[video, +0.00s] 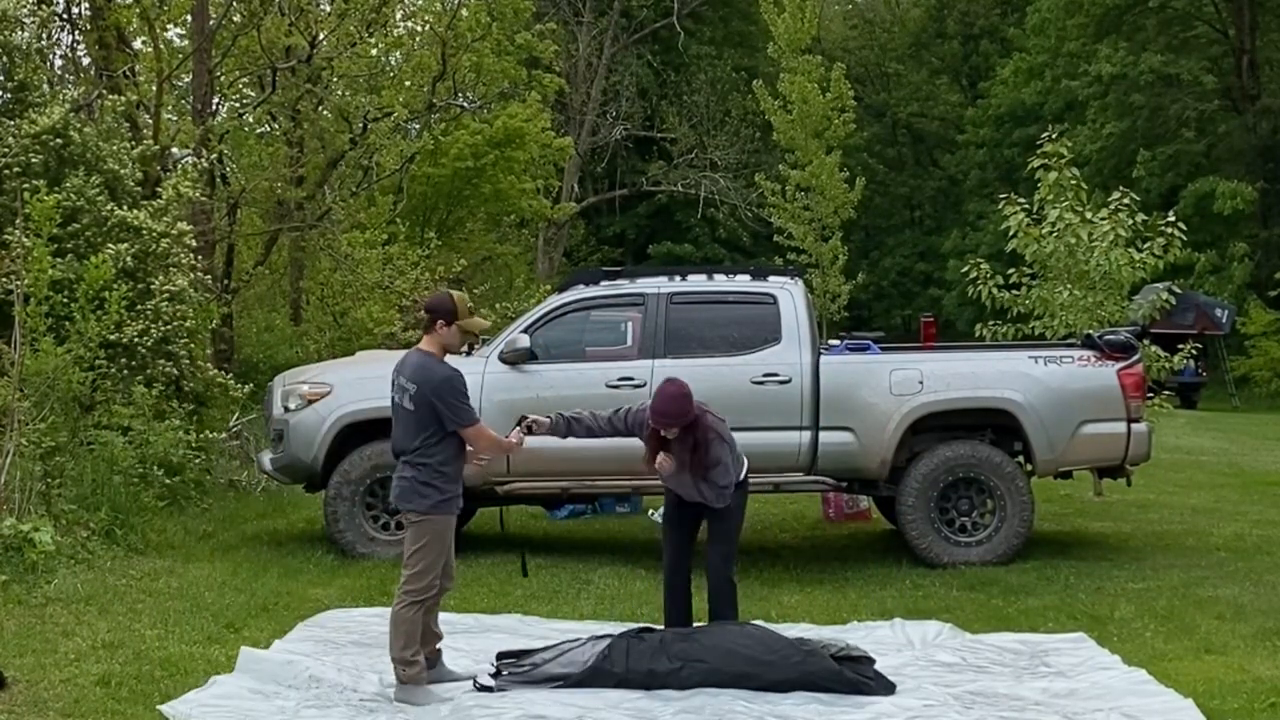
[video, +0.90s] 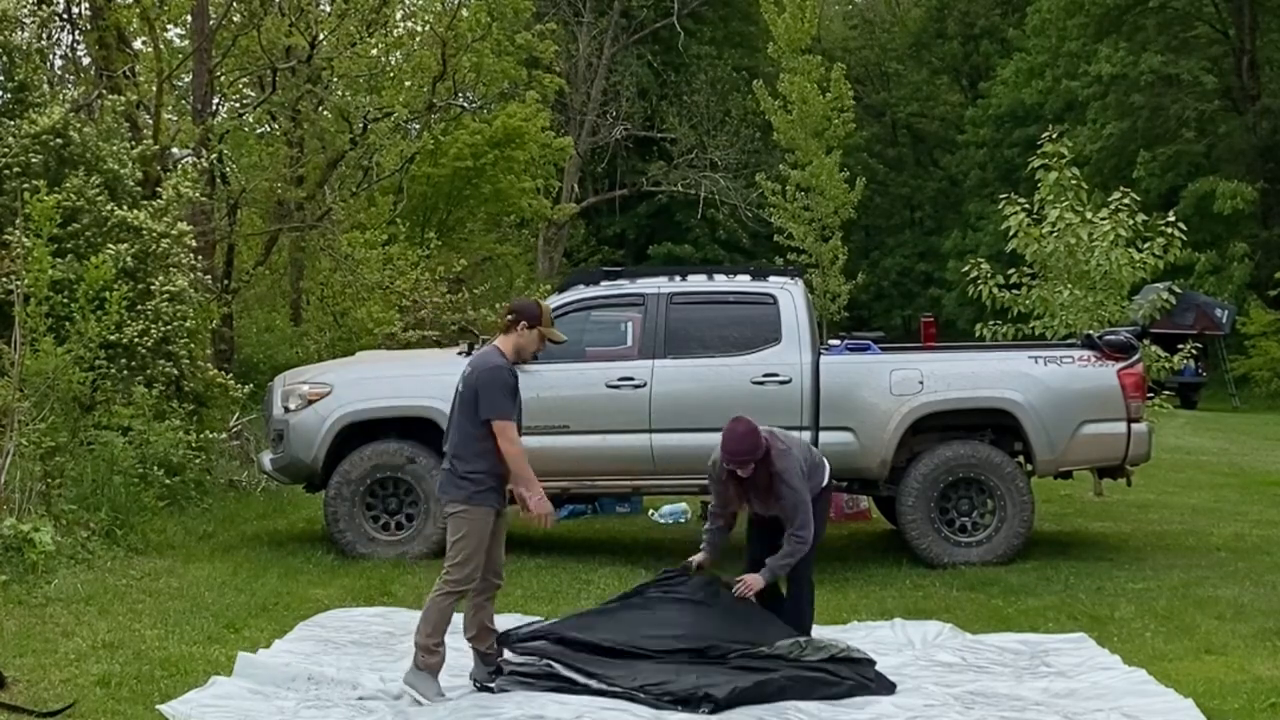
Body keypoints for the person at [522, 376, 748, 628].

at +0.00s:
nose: (665, 432)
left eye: (671, 427)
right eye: (660, 426)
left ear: (685, 420)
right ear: (653, 416)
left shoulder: (712, 435)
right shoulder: (647, 418)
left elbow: (719, 494)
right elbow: (601, 423)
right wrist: (551, 424)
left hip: (724, 491)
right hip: (681, 489)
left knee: (719, 570)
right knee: (675, 569)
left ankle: (725, 644)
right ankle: (677, 644)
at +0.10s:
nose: (669, 431)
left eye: (675, 426)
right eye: (664, 425)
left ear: (689, 418)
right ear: (656, 415)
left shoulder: (717, 428)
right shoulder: (648, 417)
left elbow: (717, 487)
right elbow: (604, 432)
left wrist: (688, 457)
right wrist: (553, 436)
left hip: (720, 488)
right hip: (675, 486)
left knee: (716, 564)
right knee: (671, 565)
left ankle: (722, 642)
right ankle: (677, 643)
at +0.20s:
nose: (682, 439)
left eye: (687, 433)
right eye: (674, 434)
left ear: (698, 422)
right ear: (664, 425)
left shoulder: (721, 435)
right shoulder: (648, 432)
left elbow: (740, 492)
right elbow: (620, 476)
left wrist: (701, 520)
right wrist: (596, 521)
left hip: (717, 494)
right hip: (672, 492)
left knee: (724, 564)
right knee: (671, 569)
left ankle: (732, 639)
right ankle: (676, 643)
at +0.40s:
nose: (702, 493)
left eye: (708, 487)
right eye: (696, 488)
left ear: (721, 478)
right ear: (686, 478)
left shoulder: (745, 477)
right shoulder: (674, 484)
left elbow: (755, 543)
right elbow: (680, 540)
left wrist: (733, 597)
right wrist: (681, 592)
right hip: (698, 505)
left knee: (764, 572)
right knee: (686, 570)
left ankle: (789, 647)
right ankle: (680, 638)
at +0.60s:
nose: (709, 488)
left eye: (716, 482)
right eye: (703, 482)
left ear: (730, 471)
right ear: (694, 470)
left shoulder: (753, 471)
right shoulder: (680, 473)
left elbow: (770, 534)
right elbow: (669, 528)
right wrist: (669, 576)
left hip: (751, 499)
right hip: (703, 503)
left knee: (767, 567)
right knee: (687, 569)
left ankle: (789, 644)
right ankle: (681, 645)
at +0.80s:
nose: (732, 464)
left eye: (738, 458)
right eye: (726, 458)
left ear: (752, 447)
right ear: (717, 447)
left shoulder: (775, 457)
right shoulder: (710, 455)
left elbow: (786, 527)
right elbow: (704, 504)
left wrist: (743, 560)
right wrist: (700, 539)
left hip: (794, 493)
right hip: (748, 493)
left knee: (790, 562)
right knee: (717, 554)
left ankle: (794, 636)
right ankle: (717, 628)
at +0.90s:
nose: (740, 471)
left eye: (745, 465)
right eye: (734, 465)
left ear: (759, 455)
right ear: (725, 457)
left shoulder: (785, 462)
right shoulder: (719, 465)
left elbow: (802, 535)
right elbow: (720, 511)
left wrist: (764, 576)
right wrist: (707, 552)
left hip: (808, 493)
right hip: (763, 495)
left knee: (798, 571)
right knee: (756, 571)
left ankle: (797, 639)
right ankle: (773, 634)